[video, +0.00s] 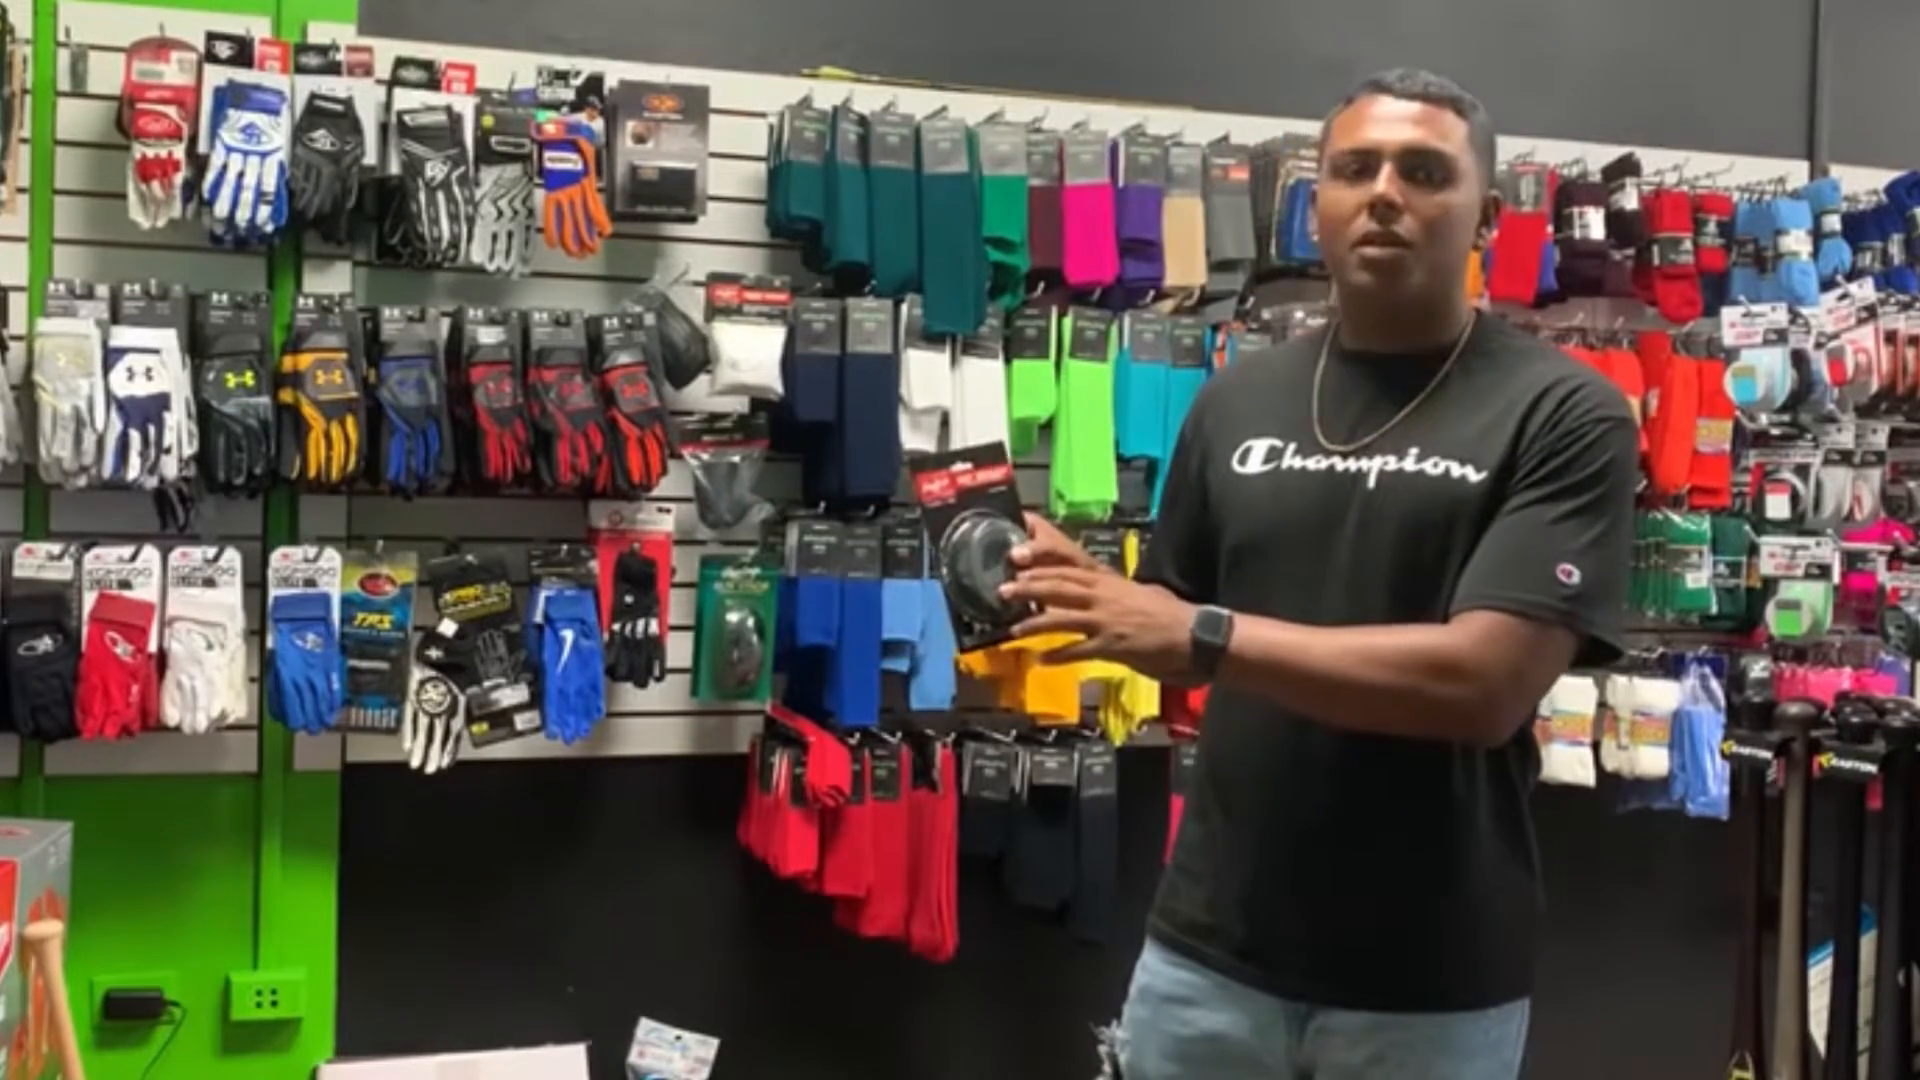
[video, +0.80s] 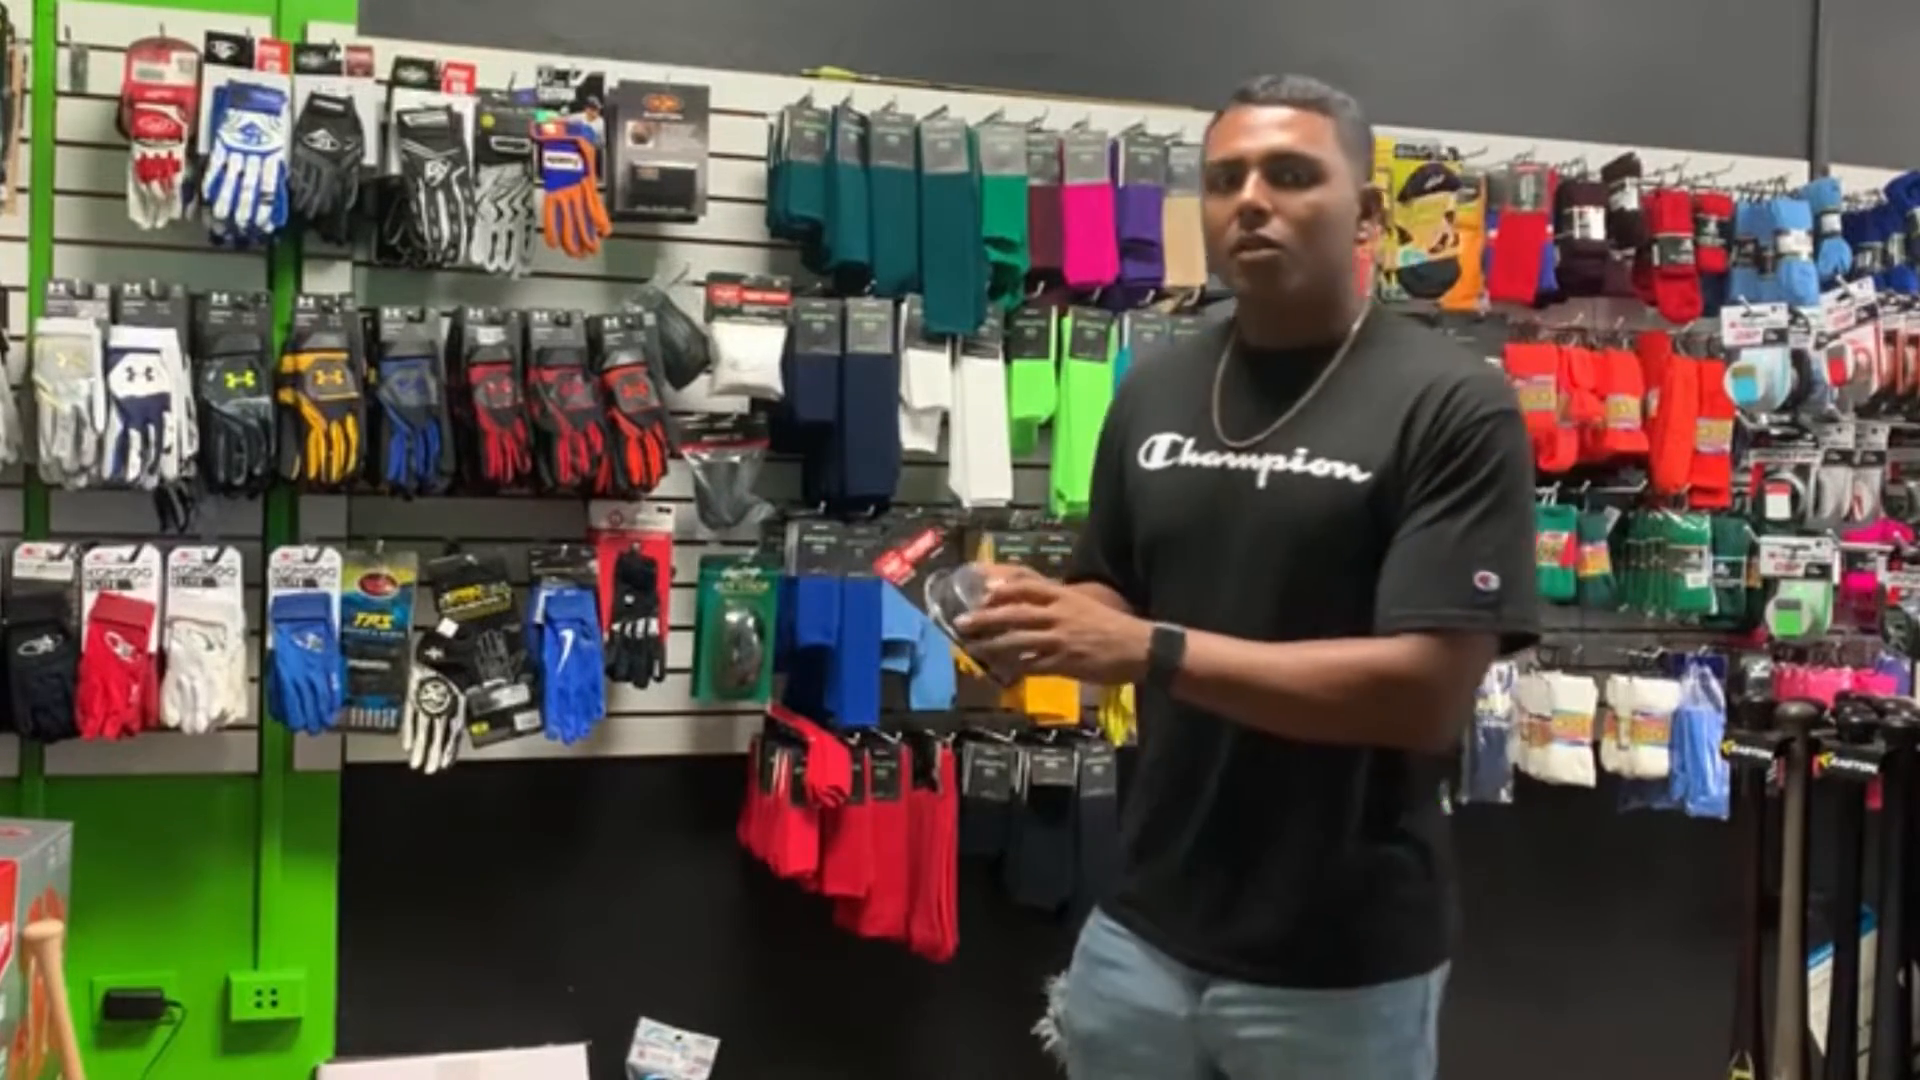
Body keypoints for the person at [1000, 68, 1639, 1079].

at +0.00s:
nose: (1385, 195)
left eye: (1426, 172)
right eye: (1356, 169)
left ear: (1483, 217)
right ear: (1316, 205)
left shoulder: (1566, 415)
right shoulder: (1236, 399)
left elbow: (1486, 685)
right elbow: (1192, 647)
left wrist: (1196, 631)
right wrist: (1082, 600)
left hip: (1432, 980)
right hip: (1211, 955)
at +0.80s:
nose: (1250, 202)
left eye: (1291, 175)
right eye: (1225, 178)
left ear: (1366, 209)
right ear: (1204, 208)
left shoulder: (1453, 400)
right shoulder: (1158, 381)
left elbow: (1431, 694)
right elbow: (1112, 604)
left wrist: (1150, 648)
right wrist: (1033, 624)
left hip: (1341, 954)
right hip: (1146, 924)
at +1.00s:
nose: (1160, 209)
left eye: (1198, 184)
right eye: (1138, 188)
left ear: (1273, 214)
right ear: (1117, 219)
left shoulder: (1352, 405)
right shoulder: (1084, 398)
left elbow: (1342, 683)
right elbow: (1052, 615)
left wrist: (1070, 635)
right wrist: (977, 615)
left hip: (1258, 945)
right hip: (1076, 917)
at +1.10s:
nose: (1098, 219)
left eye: (1137, 194)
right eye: (1083, 197)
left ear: (1219, 221)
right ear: (1067, 221)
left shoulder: (1294, 408)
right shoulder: (1043, 400)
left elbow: (1284, 684)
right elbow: (1011, 618)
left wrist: (1026, 629)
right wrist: (929, 612)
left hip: (1206, 946)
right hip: (1029, 916)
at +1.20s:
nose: (1027, 246)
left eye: (1063, 218)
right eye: (1023, 221)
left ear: (1159, 232)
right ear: (1015, 233)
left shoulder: (1242, 413)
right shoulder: (1010, 410)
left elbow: (1233, 687)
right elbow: (978, 624)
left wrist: (977, 626)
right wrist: (884, 613)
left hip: (1157, 941)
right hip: (988, 913)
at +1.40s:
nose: (933, 286)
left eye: (958, 256)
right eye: (929, 261)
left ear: (1051, 246)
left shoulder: (1156, 414)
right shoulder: (971, 407)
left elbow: (1140, 681)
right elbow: (962, 625)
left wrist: (900, 619)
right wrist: (840, 608)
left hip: (1066, 903)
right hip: (946, 881)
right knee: (960, 1064)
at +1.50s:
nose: (896, 292)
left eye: (917, 260)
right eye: (892, 267)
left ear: (1008, 247)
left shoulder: (1107, 412)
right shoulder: (960, 406)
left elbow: (1099, 680)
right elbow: (953, 629)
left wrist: (858, 621)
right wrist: (824, 618)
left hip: (1027, 891)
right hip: (945, 873)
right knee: (943, 1060)